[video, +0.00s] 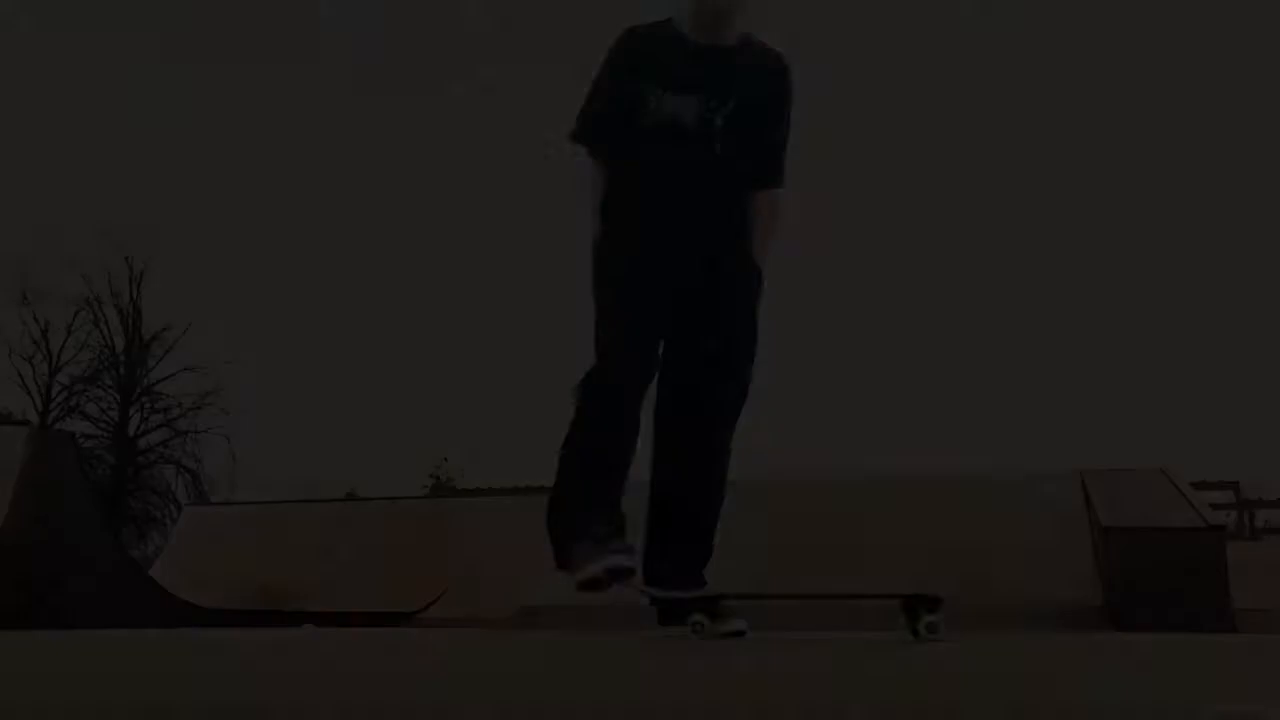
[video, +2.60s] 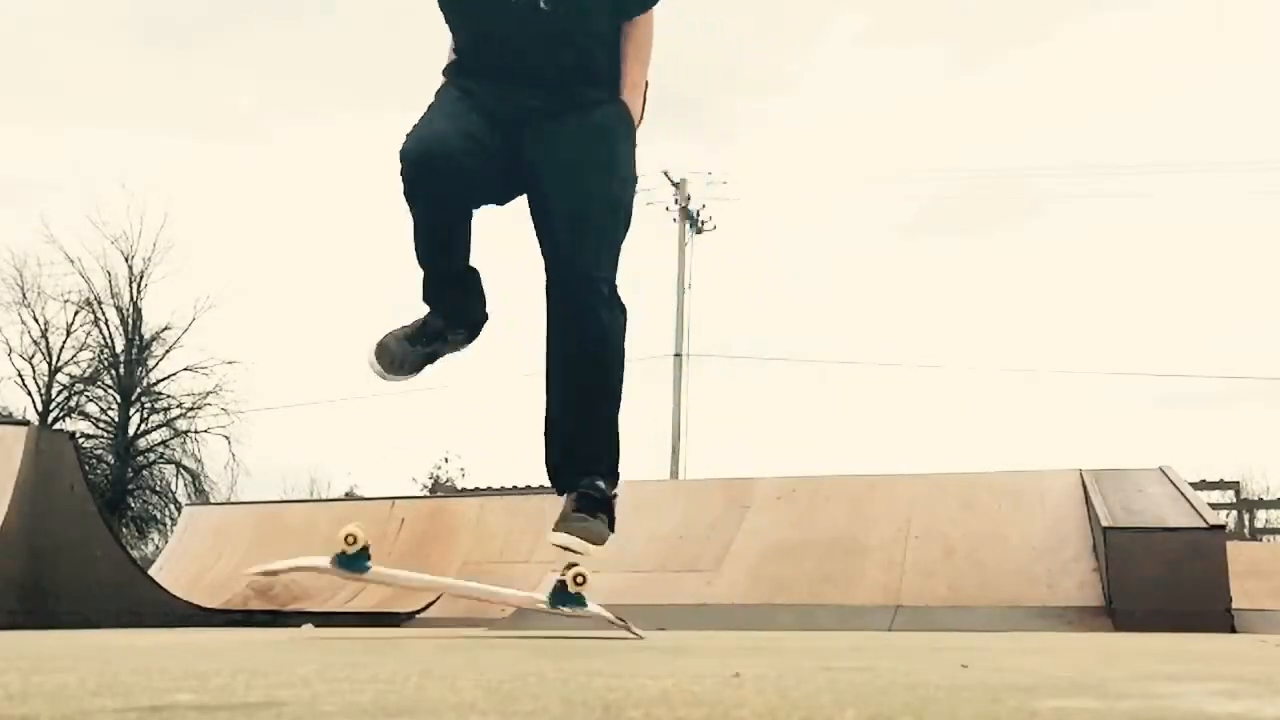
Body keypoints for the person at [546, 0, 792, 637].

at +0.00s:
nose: (722, 13)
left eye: (729, 7)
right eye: (716, 6)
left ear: (738, 10)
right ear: (700, 3)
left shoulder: (765, 70)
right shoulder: (638, 50)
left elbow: (764, 187)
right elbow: (599, 158)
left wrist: (753, 270)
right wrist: (614, 244)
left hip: (720, 278)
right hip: (634, 269)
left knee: (700, 430)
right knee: (614, 398)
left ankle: (680, 584)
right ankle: (584, 540)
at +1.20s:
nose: (712, 0)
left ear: (720, 1)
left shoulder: (724, 51)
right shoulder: (595, 20)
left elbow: (694, 165)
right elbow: (532, 136)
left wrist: (715, 249)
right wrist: (555, 250)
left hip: (683, 254)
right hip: (594, 257)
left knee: (753, 390)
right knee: (615, 408)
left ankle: (754, 550)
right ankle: (597, 581)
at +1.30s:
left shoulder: (738, 7)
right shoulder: (586, 8)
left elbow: (711, 101)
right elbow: (549, 85)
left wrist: (715, 197)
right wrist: (556, 191)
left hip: (689, 189)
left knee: (727, 329)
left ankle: (690, 474)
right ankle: (594, 564)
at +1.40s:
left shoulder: (744, 6)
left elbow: (738, 64)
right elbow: (560, 34)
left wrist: (727, 154)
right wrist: (554, 125)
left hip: (692, 140)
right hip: (595, 129)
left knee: (682, 296)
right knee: (606, 277)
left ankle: (653, 478)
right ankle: (569, 468)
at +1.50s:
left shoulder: (755, 6)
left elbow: (753, 49)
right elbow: (572, 16)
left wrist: (734, 137)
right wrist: (559, 90)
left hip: (688, 107)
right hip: (595, 89)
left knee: (666, 293)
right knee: (583, 208)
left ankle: (641, 481)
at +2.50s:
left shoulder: (664, 8)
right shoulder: (495, 4)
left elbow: (673, 46)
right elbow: (499, 53)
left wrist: (663, 154)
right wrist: (489, 136)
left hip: (622, 128)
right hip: (523, 122)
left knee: (606, 318)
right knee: (480, 213)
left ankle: (599, 496)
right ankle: (459, 368)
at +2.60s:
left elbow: (637, 14)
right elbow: (464, 34)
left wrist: (625, 117)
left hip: (583, 100)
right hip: (481, 90)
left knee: (584, 290)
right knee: (429, 158)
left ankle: (589, 486)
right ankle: (454, 313)